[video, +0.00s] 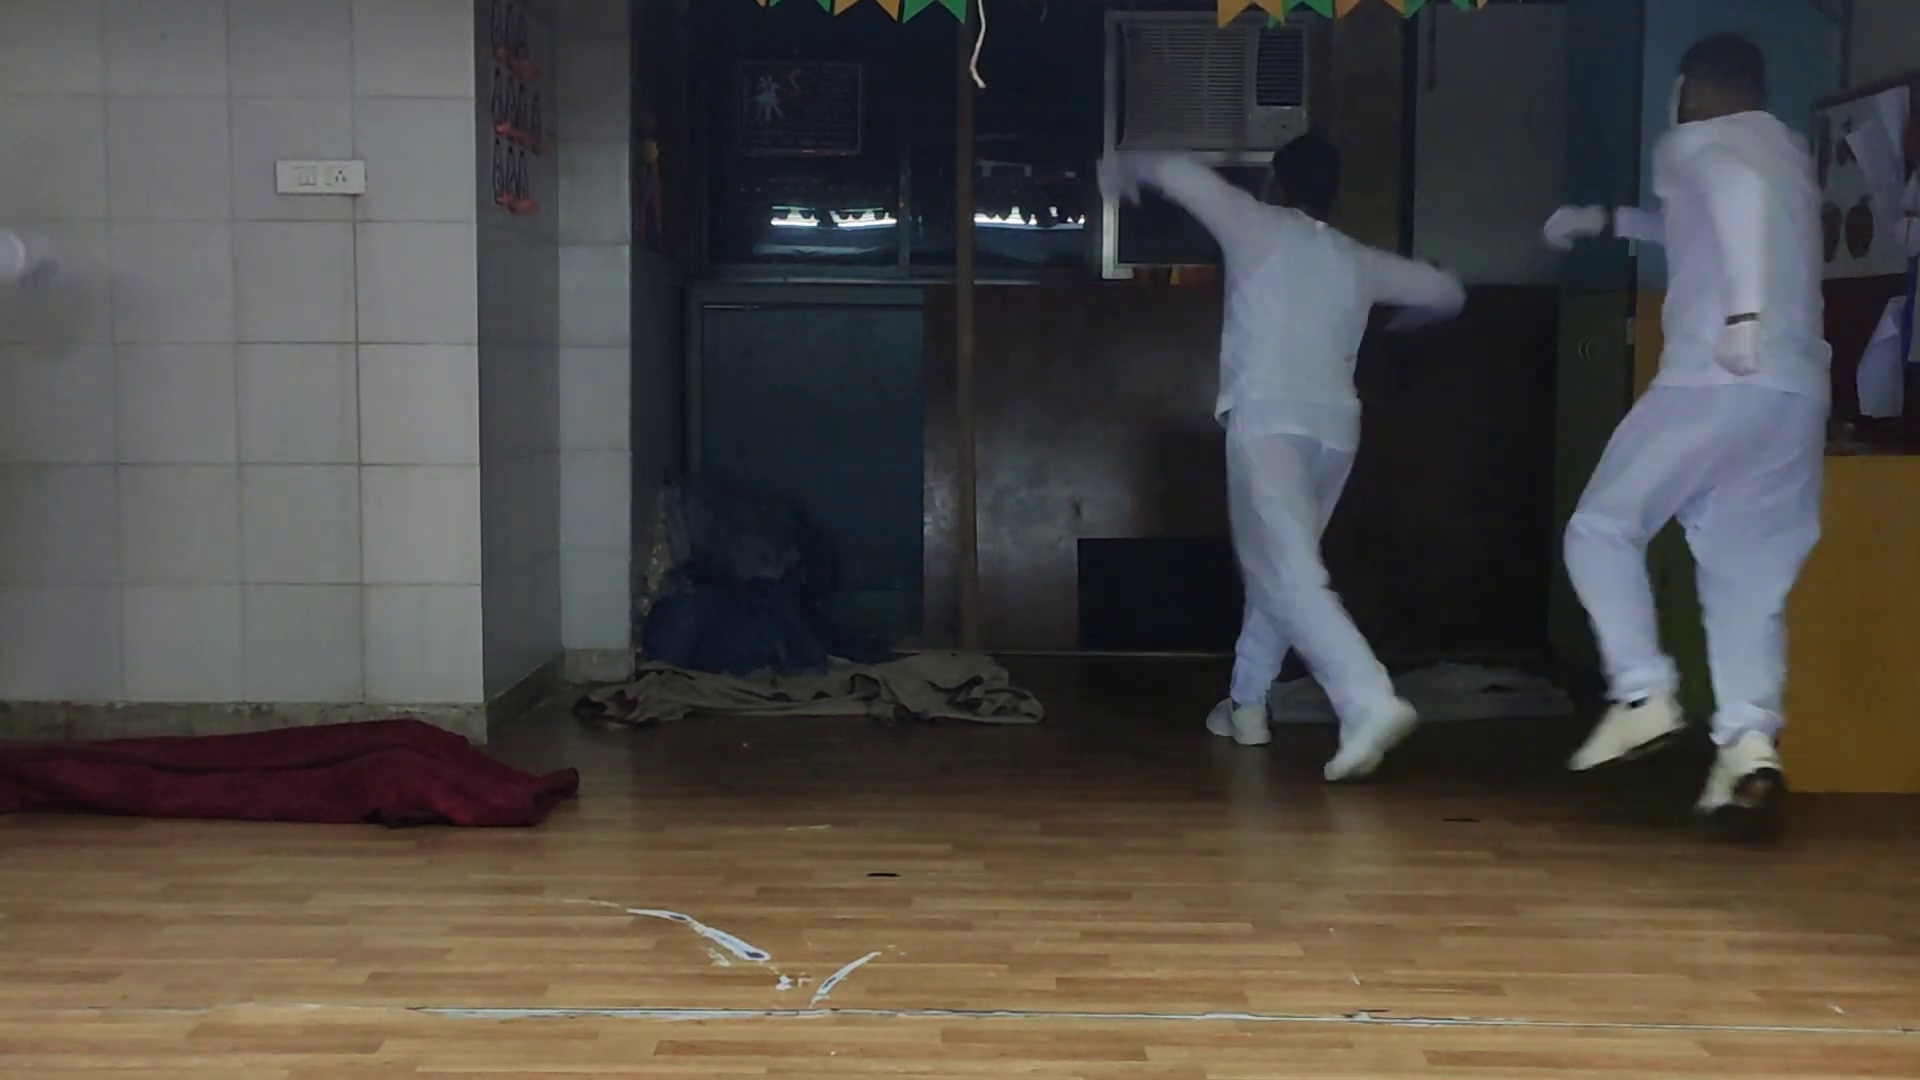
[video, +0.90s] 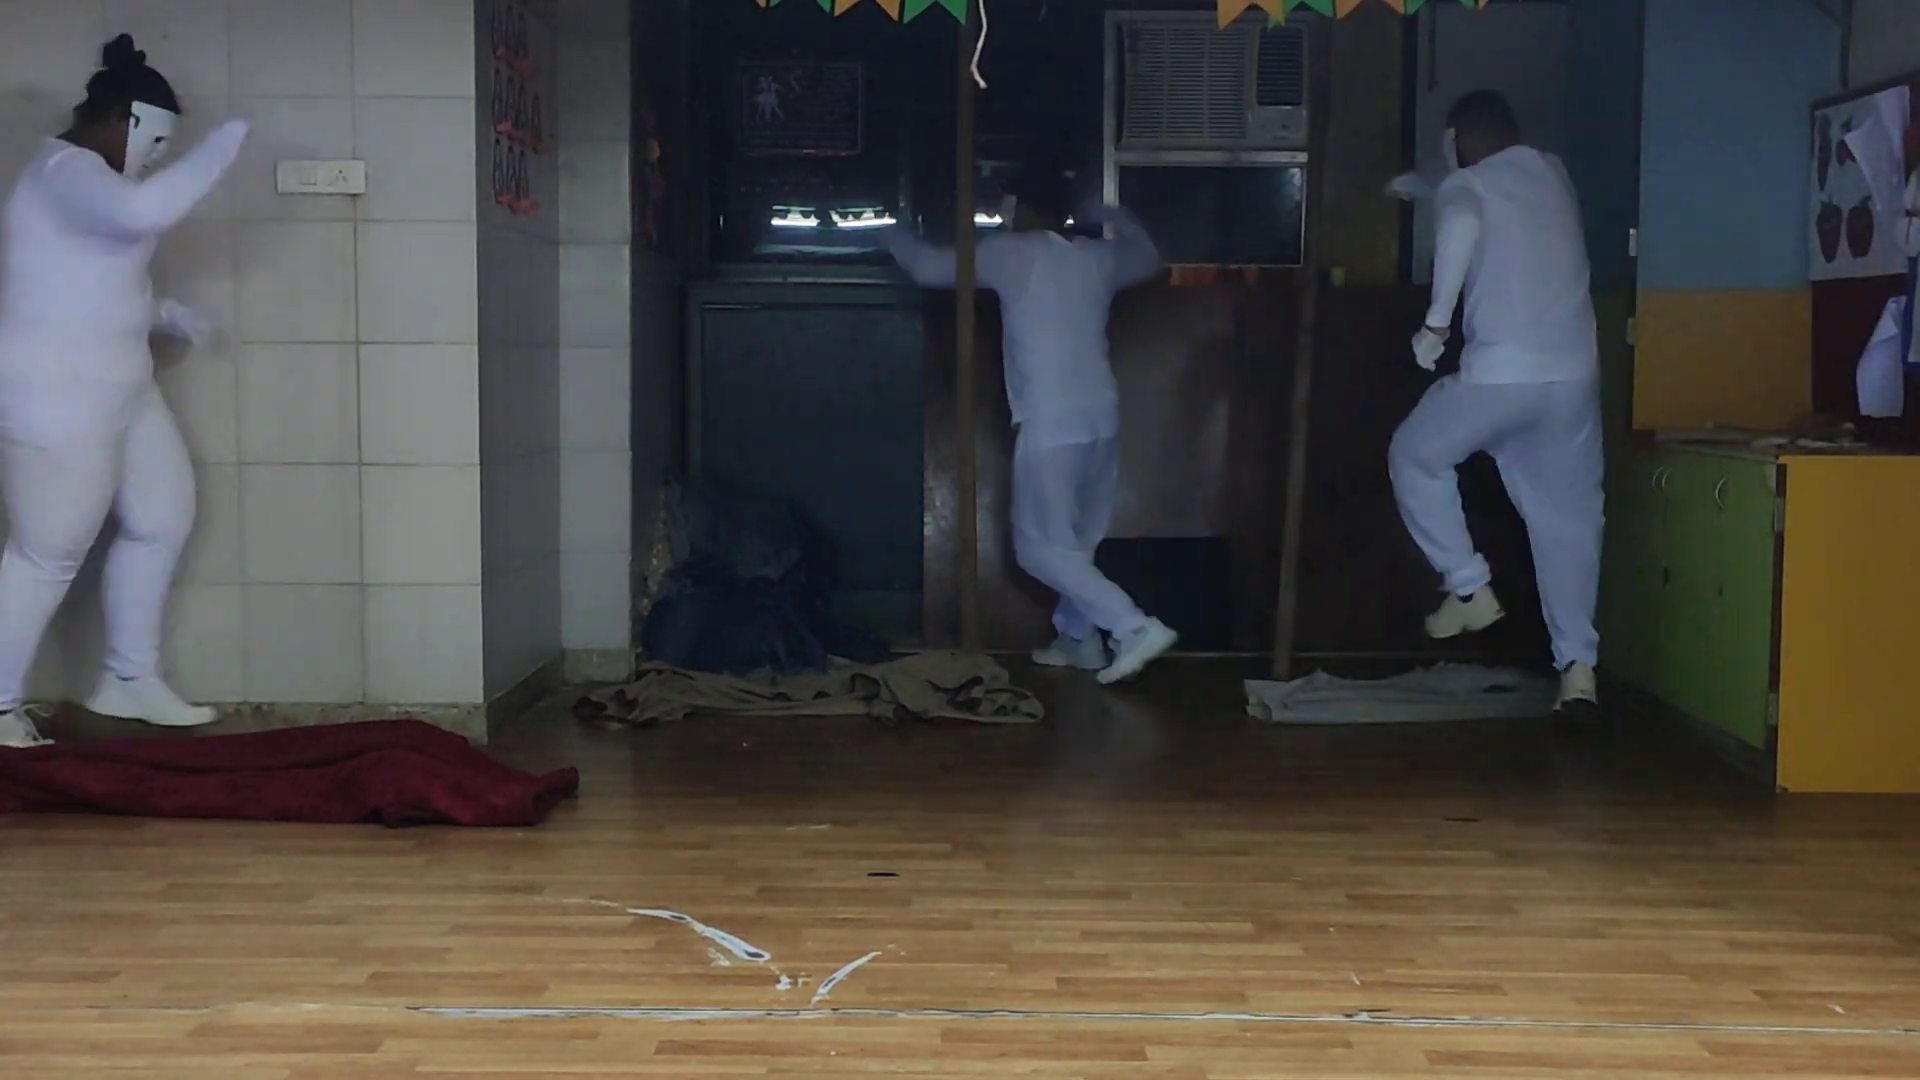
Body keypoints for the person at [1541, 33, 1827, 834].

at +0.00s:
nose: (1677, 105)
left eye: (1680, 91)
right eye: (1681, 93)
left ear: (1695, 88)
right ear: (1755, 92)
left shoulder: (1691, 138)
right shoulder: (1788, 158)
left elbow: (1737, 193)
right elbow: (1697, 233)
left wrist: (1744, 315)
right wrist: (1606, 220)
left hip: (1714, 377)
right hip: (1795, 391)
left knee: (1601, 526)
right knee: (1743, 570)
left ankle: (1640, 696)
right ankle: (1749, 744)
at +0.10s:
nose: (1633, 128)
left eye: (1636, 115)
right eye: (1638, 116)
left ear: (1650, 114)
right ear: (1707, 119)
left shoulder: (1637, 162)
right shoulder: (1734, 184)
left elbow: (1642, 233)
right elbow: (1656, 256)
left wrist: (1632, 354)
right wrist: (1564, 263)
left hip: (1660, 402)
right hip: (1745, 416)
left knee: (1574, 563)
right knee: (1682, 599)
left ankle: (1505, 739)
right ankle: (1641, 774)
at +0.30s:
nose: (1553, 151)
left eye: (1556, 139)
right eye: (1562, 139)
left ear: (1561, 144)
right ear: (1629, 144)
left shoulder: (1534, 213)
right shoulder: (1673, 215)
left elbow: (1495, 332)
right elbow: (1742, 299)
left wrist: (1470, 315)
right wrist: (1705, 392)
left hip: (1556, 419)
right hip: (1644, 426)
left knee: (1505, 575)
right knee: (1627, 561)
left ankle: (1495, 752)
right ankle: (1624, 637)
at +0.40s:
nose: (1544, 137)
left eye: (1546, 125)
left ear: (1546, 127)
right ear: (1615, 131)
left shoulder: (1513, 178)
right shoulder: (1659, 185)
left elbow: (1420, 232)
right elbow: (1759, 197)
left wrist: (1471, 200)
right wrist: (1752, 301)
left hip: (1551, 399)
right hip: (1635, 402)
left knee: (1511, 556)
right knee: (1609, 491)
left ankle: (1520, 716)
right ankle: (1588, 591)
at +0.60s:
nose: (1530, 152)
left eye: (1531, 142)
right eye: (1537, 141)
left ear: (1535, 142)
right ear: (1591, 147)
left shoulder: (1502, 194)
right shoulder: (1631, 212)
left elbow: (1432, 265)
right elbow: (1701, 282)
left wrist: (1483, 235)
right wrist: (1663, 363)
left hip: (1521, 406)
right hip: (1599, 409)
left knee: (1529, 561)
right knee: (1584, 553)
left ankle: (1569, 720)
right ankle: (1591, 688)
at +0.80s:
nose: (1484, 160)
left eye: (1486, 150)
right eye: (1488, 149)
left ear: (1497, 151)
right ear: (1546, 148)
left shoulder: (1482, 210)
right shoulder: (1593, 204)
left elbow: (1457, 297)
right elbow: (1608, 270)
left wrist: (1441, 377)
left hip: (1514, 397)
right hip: (1590, 398)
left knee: (1426, 489)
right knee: (1579, 549)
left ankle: (1498, 584)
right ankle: (1585, 694)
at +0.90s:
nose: (1453, 150)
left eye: (1454, 140)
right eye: (1455, 140)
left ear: (1465, 137)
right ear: (1512, 132)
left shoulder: (1467, 184)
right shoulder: (1551, 173)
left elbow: (1461, 228)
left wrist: (1435, 324)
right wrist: (1412, 185)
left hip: (1502, 376)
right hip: (1572, 379)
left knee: (1416, 456)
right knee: (1569, 519)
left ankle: (1468, 590)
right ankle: (1578, 665)